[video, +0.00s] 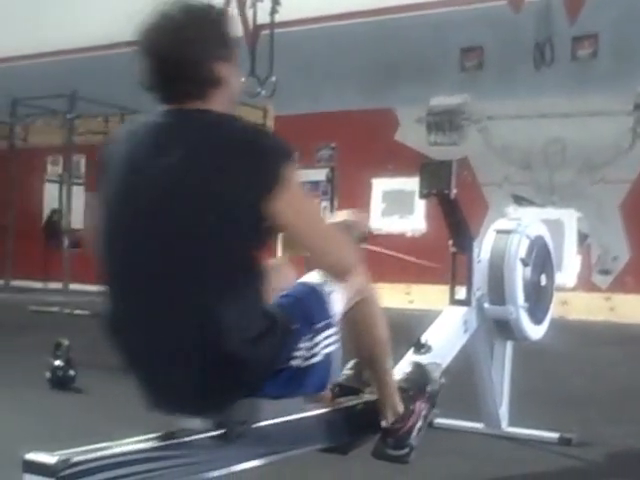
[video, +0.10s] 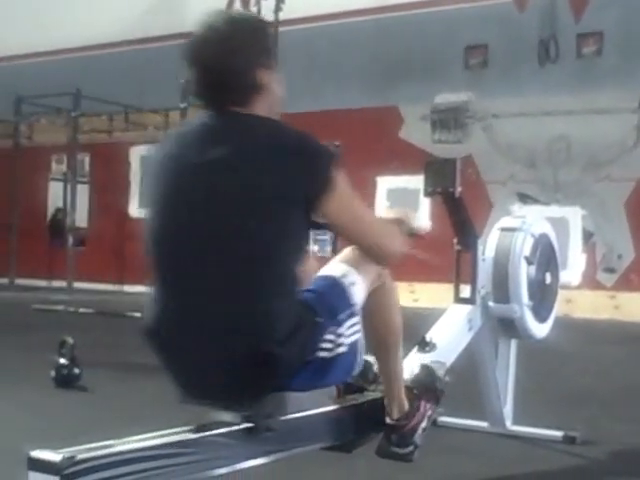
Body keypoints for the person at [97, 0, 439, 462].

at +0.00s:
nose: (241, 72)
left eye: (236, 58)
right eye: (235, 58)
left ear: (162, 73)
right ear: (217, 68)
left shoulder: (126, 145)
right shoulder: (250, 148)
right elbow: (342, 262)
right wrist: (345, 228)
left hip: (155, 376)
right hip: (228, 375)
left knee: (278, 273)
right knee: (353, 281)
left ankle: (321, 405)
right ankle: (394, 413)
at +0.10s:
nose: (281, 83)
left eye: (277, 71)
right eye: (276, 71)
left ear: (203, 82)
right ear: (261, 78)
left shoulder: (173, 150)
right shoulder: (292, 151)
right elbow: (386, 247)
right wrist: (397, 225)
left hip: (187, 366)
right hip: (263, 368)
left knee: (298, 260)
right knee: (372, 258)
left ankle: (343, 378)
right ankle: (399, 410)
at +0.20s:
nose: (314, 83)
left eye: (310, 72)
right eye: (310, 73)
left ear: (242, 86)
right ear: (298, 83)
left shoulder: (214, 150)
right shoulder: (327, 153)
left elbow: (192, 254)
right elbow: (417, 236)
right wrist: (439, 227)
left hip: (221, 362)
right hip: (299, 363)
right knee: (389, 247)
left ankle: (360, 373)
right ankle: (401, 406)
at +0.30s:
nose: (342, 91)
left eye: (338, 80)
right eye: (337, 81)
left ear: (271, 93)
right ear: (325, 92)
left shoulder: (244, 153)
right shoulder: (347, 153)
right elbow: (436, 221)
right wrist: (455, 235)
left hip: (247, 353)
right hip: (324, 353)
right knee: (399, 237)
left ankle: (308, 395)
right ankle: (404, 400)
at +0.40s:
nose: (358, 96)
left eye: (355, 85)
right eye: (355, 86)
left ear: (286, 99)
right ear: (346, 97)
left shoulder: (263, 153)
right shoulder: (361, 153)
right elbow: (442, 211)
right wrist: (470, 232)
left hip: (260, 349)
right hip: (339, 352)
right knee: (406, 233)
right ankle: (404, 393)